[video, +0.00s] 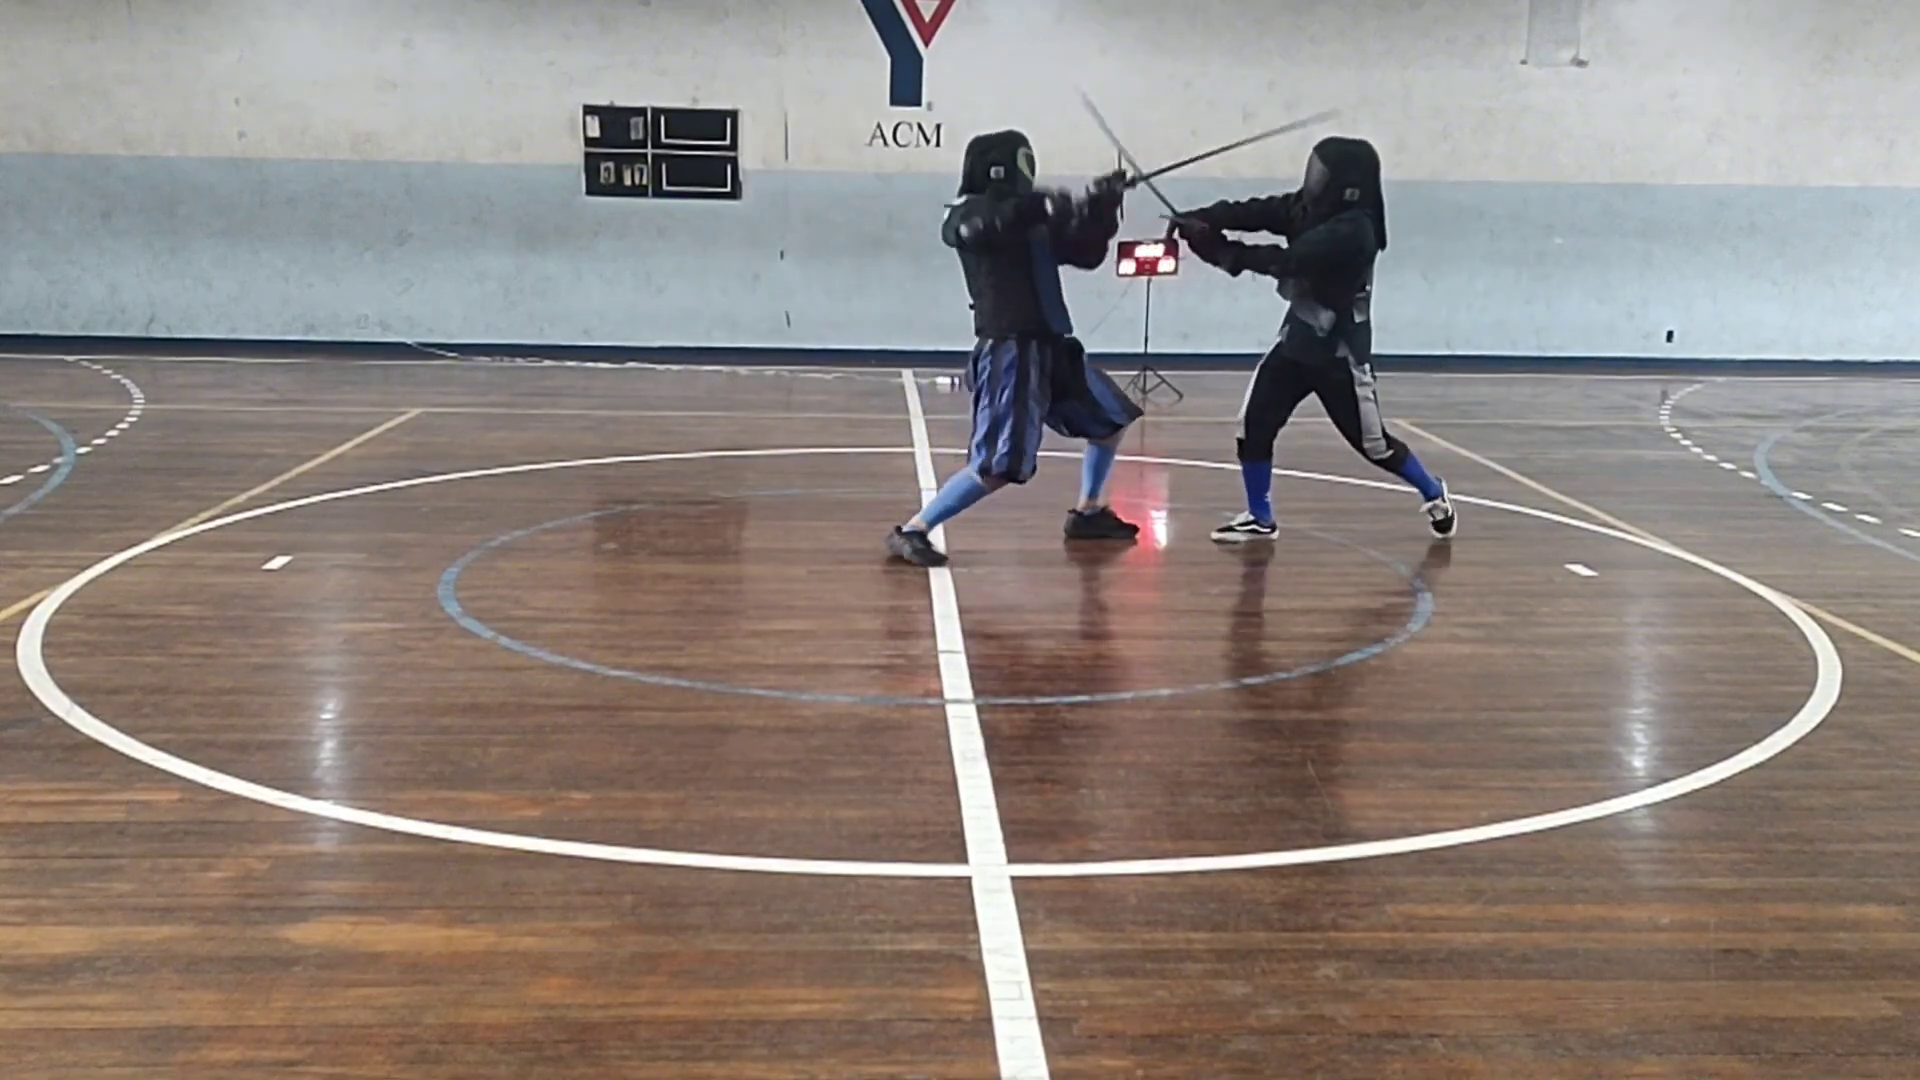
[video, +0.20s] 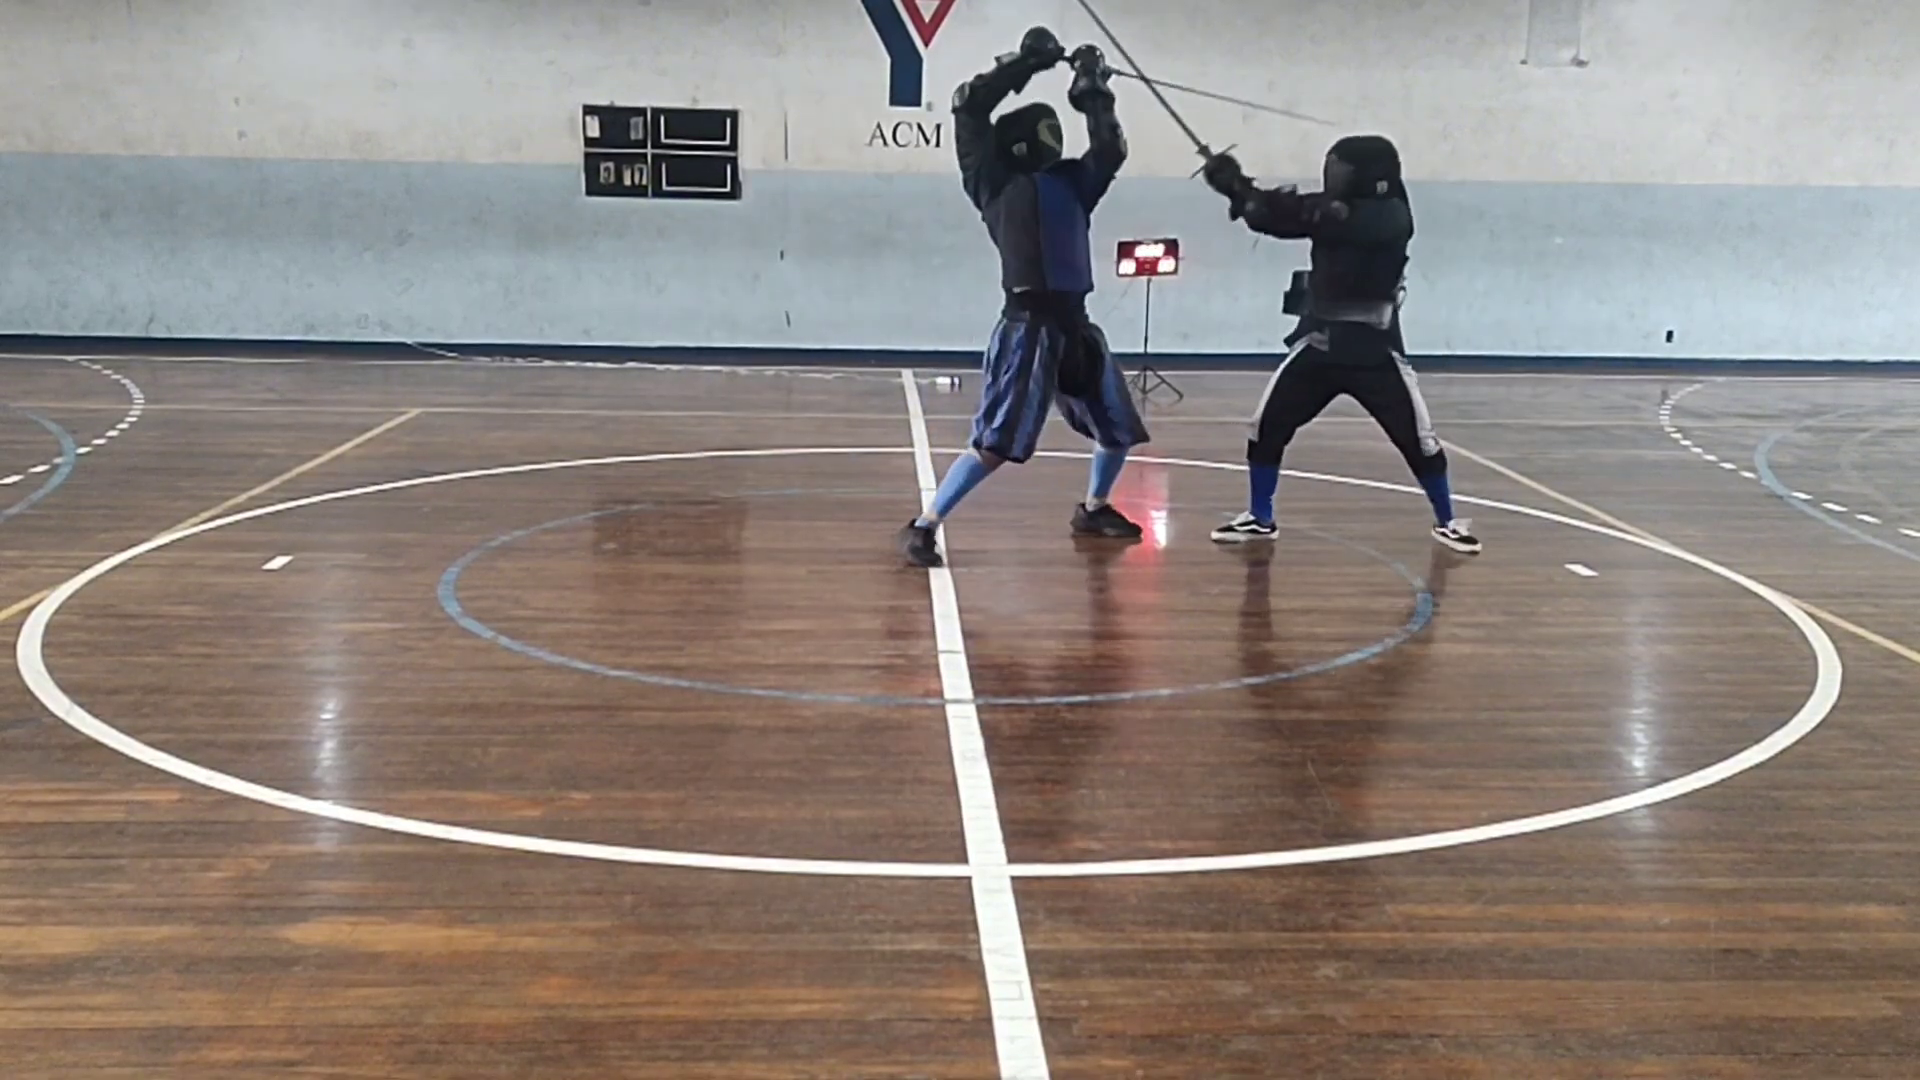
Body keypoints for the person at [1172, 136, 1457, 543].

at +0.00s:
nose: (1308, 179)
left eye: (1318, 173)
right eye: (1310, 170)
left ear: (1344, 183)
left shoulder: (1353, 230)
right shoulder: (1305, 208)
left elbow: (1287, 261)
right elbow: (1255, 213)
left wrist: (1216, 247)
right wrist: (1201, 219)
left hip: (1341, 353)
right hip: (1297, 342)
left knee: (1373, 445)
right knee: (1254, 430)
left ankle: (1434, 492)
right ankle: (1260, 518)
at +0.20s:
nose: (1327, 178)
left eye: (1335, 171)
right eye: (1328, 170)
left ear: (1363, 175)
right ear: (1340, 175)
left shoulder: (1391, 216)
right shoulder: (1329, 208)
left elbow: (1335, 219)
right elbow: (1275, 214)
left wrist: (1252, 197)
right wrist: (1236, 185)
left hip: (1375, 348)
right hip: (1318, 343)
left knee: (1418, 439)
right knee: (1269, 427)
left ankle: (1447, 522)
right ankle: (1260, 518)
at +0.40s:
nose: (1335, 171)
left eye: (1340, 159)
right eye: (1332, 164)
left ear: (1362, 160)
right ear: (1332, 172)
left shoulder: (1398, 195)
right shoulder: (1330, 211)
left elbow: (1388, 154)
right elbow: (1294, 220)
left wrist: (1342, 118)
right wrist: (1303, 156)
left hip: (1399, 345)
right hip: (1345, 347)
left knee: (1434, 438)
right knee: (1306, 439)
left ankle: (1447, 522)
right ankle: (1277, 522)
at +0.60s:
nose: (1327, 160)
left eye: (1334, 151)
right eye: (1326, 153)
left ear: (1358, 157)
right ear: (1328, 163)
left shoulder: (1393, 200)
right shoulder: (1324, 212)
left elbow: (1369, 139)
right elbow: (1278, 190)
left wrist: (1314, 100)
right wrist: (1261, 133)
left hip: (1384, 343)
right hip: (1328, 345)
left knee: (1418, 437)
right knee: (1294, 440)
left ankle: (1444, 518)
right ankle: (1283, 525)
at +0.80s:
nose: (1312, 163)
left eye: (1320, 155)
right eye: (1310, 157)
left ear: (1340, 156)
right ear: (1308, 162)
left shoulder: (1372, 194)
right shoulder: (1304, 209)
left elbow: (1350, 141)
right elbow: (1255, 191)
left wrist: (1292, 102)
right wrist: (1239, 137)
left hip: (1363, 340)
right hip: (1307, 343)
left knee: (1399, 437)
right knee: (1287, 443)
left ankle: (1423, 520)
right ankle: (1283, 526)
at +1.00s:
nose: (1307, 157)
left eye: (1314, 150)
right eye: (1306, 151)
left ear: (1343, 153)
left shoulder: (1368, 190)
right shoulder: (1304, 207)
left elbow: (1317, 159)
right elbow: (1245, 198)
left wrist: (1258, 125)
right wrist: (1212, 142)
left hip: (1351, 337)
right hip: (1297, 339)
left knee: (1389, 435)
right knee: (1280, 440)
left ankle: (1406, 523)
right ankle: (1282, 527)